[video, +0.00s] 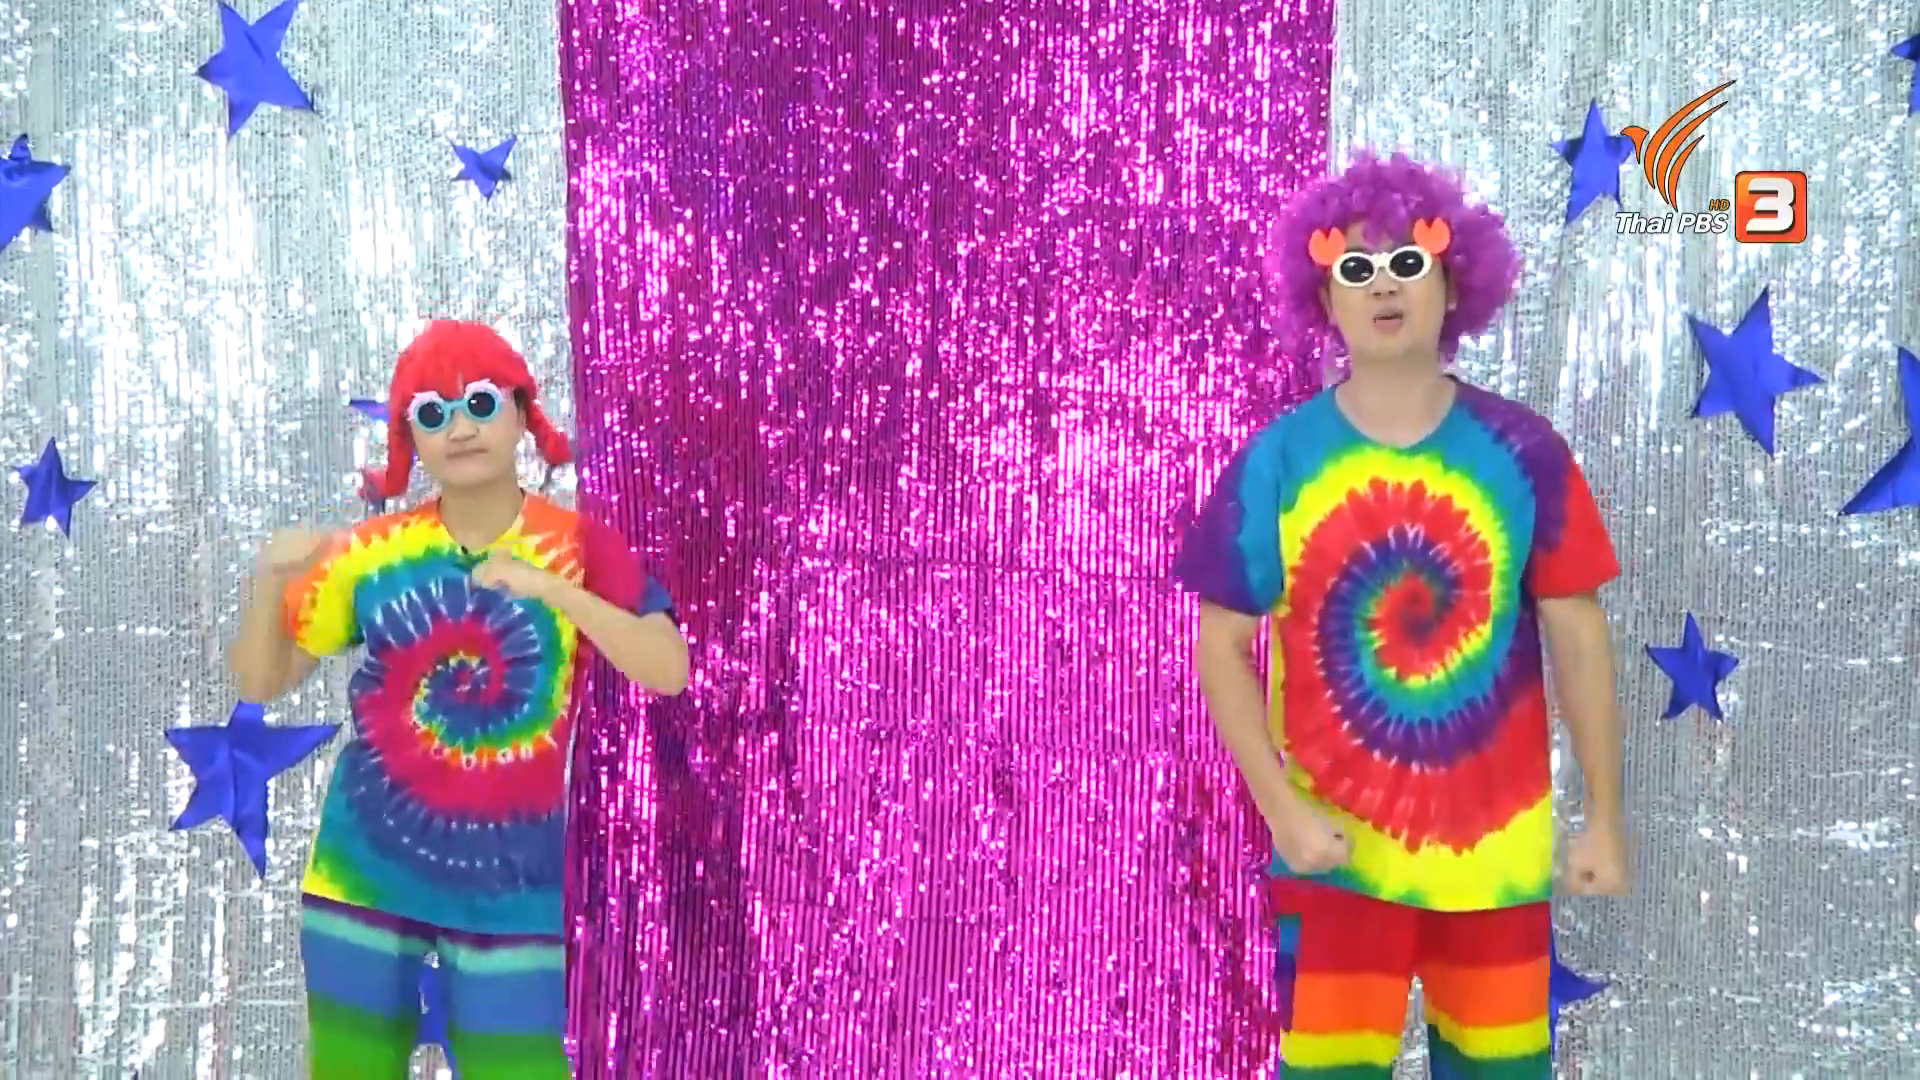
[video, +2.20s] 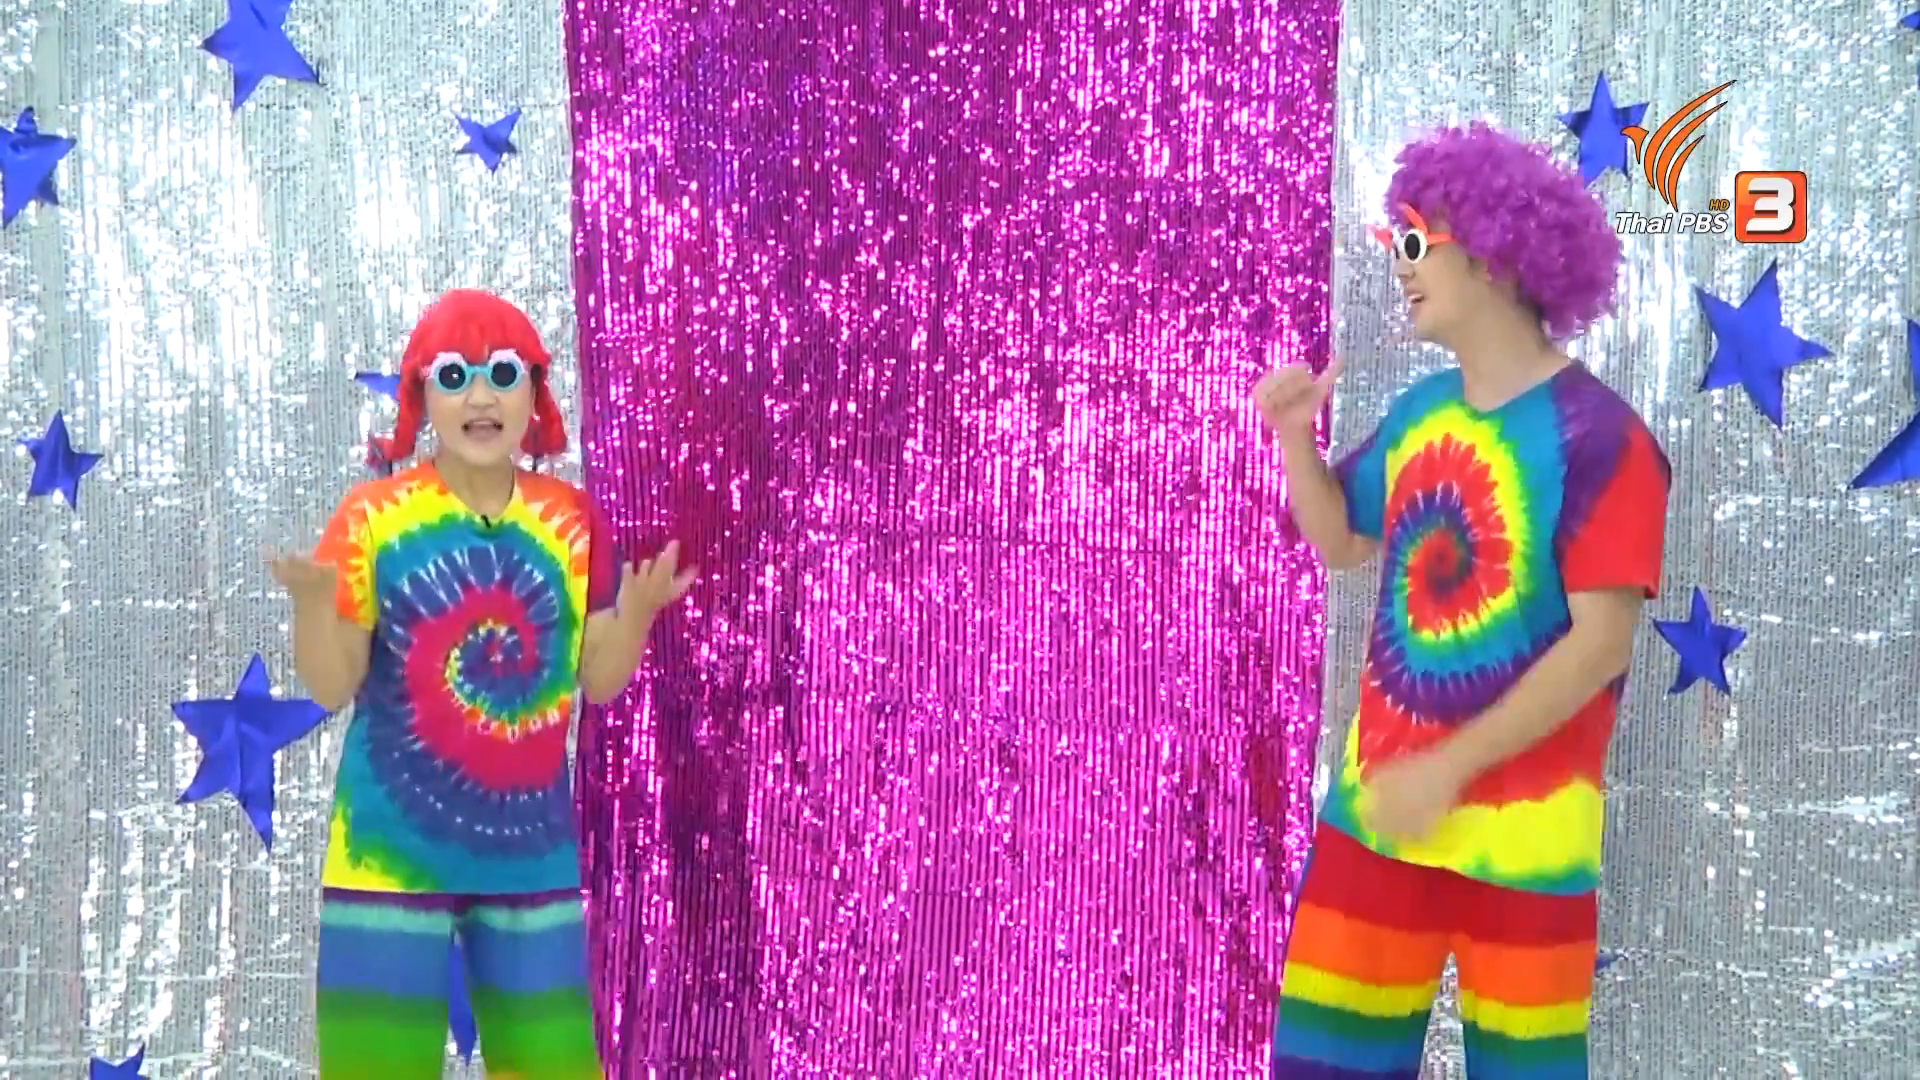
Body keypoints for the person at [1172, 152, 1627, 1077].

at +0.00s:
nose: (1383, 286)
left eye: (1408, 263)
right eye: (1357, 268)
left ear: (1449, 289)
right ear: (1327, 299)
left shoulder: (1526, 450)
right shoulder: (1279, 458)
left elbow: (1577, 633)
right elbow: (1222, 644)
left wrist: (1603, 812)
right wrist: (1279, 801)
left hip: (1498, 858)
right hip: (1343, 856)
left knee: (1503, 1063)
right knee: (1335, 1064)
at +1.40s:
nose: (1271, 297)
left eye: (1299, 273)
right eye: (1250, 278)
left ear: (1351, 301)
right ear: (1228, 308)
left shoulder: (1439, 458)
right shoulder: (1217, 480)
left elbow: (1491, 648)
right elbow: (1182, 655)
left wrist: (1460, 837)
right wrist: (1134, 824)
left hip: (1415, 856)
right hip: (1274, 861)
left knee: (1441, 1067)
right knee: (1280, 1068)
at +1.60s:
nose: (1305, 271)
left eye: (1332, 249)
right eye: (1282, 256)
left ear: (1383, 282)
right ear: (1259, 294)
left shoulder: (1463, 447)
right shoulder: (1235, 463)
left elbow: (1499, 642)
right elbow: (1158, 627)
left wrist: (1452, 815)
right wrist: (1068, 737)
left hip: (1435, 834)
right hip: (1285, 843)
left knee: (1467, 1061)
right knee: (1283, 1065)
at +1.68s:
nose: (1325, 249)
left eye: (1351, 227)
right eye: (1302, 234)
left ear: (1404, 259)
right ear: (1280, 272)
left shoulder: (1483, 429)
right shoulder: (1248, 442)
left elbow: (1524, 626)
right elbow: (1149, 578)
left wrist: (1466, 796)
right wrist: (1041, 627)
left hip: (1448, 825)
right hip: (1298, 833)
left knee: (1482, 1058)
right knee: (1291, 1059)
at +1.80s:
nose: (1335, 248)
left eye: (1364, 224)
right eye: (1318, 233)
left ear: (1429, 251)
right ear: (1304, 268)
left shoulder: (1510, 427)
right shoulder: (1269, 429)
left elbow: (1554, 624)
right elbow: (1176, 572)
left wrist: (1495, 804)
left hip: (1471, 834)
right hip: (1317, 840)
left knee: (1507, 1065)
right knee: (1313, 1063)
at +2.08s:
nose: (1374, 274)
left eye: (1394, 247)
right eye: (1373, 254)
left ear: (1475, 256)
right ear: (1451, 262)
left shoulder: (1585, 437)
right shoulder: (1375, 420)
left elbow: (1603, 647)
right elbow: (1304, 565)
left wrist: (1529, 823)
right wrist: (1253, 470)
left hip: (1517, 836)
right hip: (1364, 829)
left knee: (1521, 1067)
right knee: (1325, 1062)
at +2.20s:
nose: (1399, 270)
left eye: (1418, 245)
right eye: (1400, 250)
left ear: (1497, 254)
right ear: (1477, 258)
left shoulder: (1605, 437)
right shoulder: (1420, 412)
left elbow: (1603, 639)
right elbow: (1340, 540)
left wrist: (1449, 765)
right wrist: (1295, 436)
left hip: (1528, 823)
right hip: (1379, 805)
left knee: (1522, 1064)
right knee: (1326, 1055)